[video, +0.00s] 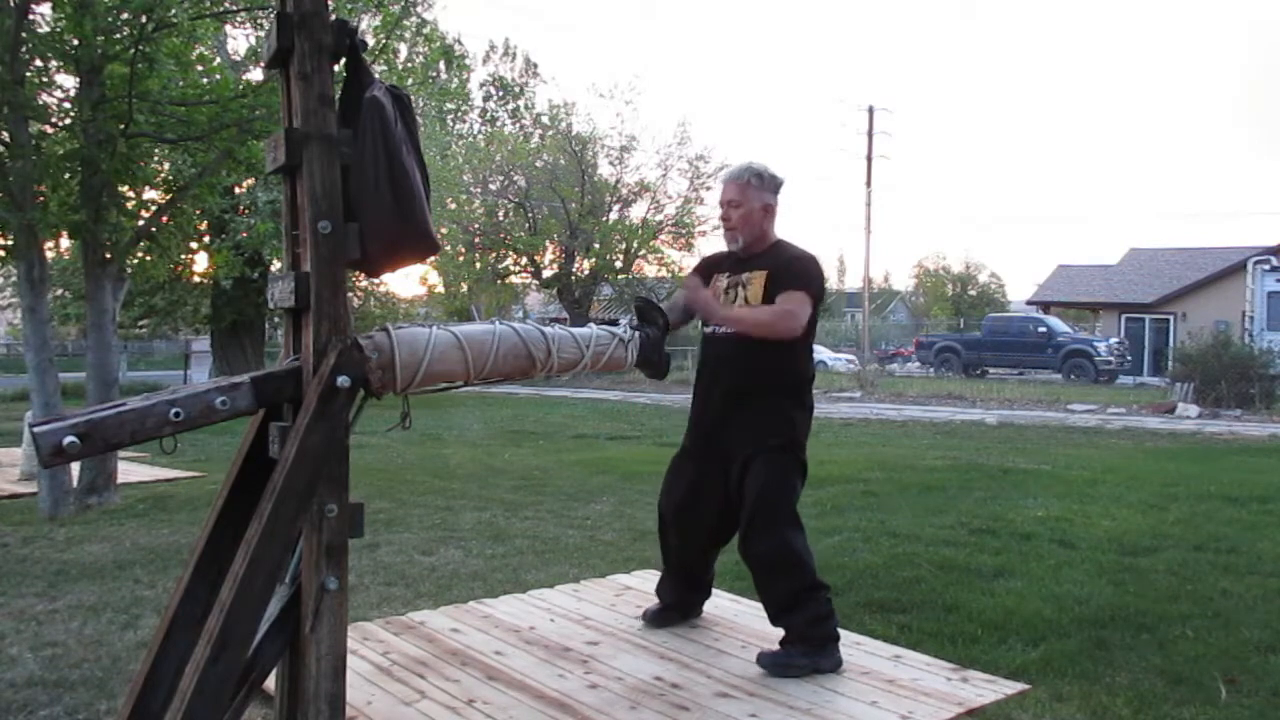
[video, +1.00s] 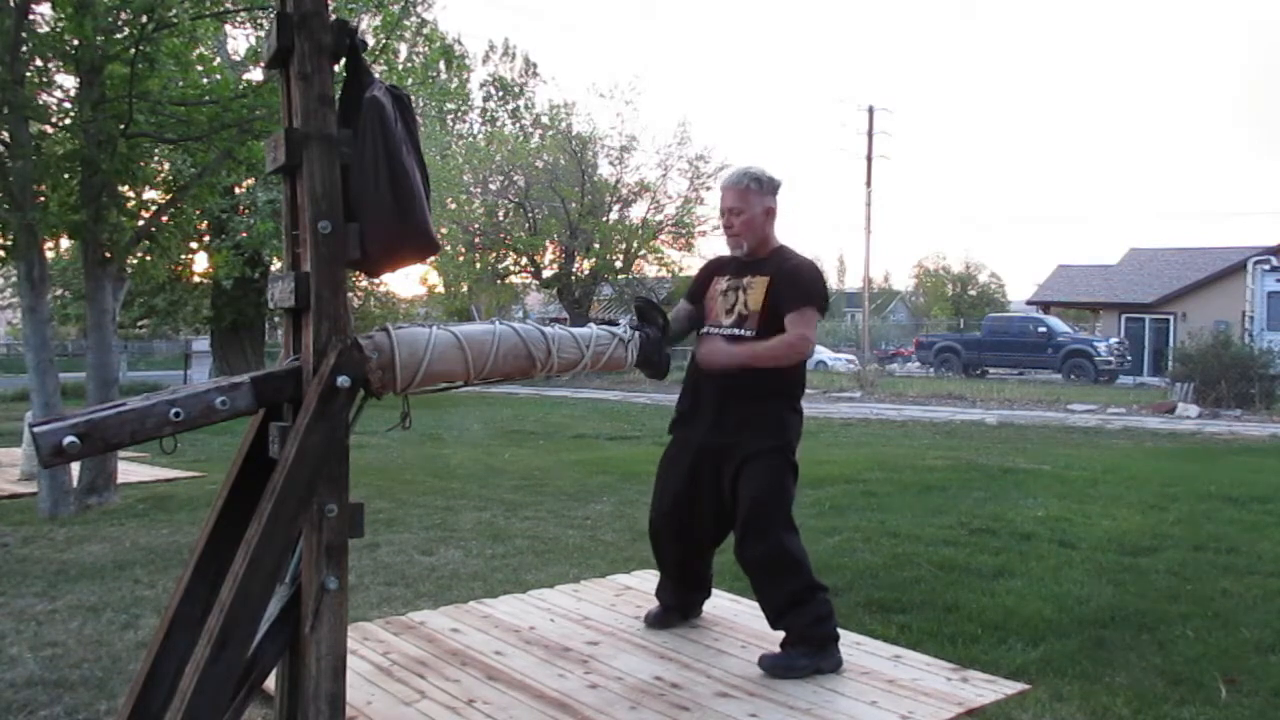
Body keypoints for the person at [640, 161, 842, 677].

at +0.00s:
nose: (725, 216)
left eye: (736, 207)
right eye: (722, 207)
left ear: (770, 210)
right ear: (722, 208)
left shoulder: (797, 265)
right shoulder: (712, 268)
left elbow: (791, 321)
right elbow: (678, 312)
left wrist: (718, 314)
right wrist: (656, 320)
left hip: (772, 426)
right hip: (712, 421)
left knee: (767, 528)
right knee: (681, 508)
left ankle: (815, 642)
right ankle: (682, 597)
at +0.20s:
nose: (731, 216)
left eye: (741, 206)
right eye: (728, 206)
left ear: (773, 207)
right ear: (725, 209)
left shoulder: (799, 266)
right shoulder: (721, 262)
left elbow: (759, 309)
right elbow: (677, 283)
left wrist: (704, 284)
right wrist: (638, 258)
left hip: (770, 429)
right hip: (708, 422)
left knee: (771, 534)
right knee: (683, 512)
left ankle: (816, 642)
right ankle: (682, 599)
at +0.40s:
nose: (734, 220)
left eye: (744, 211)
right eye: (730, 211)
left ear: (776, 212)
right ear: (728, 213)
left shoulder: (801, 273)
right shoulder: (721, 266)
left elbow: (762, 321)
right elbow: (681, 279)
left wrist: (705, 298)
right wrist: (645, 258)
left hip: (763, 433)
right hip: (700, 424)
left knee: (765, 537)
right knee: (674, 517)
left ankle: (815, 643)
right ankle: (682, 599)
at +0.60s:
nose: (733, 221)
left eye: (743, 211)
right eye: (729, 211)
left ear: (775, 212)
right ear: (728, 213)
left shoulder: (800, 273)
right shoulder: (720, 266)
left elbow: (763, 318)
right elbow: (679, 279)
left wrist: (704, 297)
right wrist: (645, 257)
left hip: (763, 433)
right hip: (699, 424)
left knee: (765, 537)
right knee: (674, 517)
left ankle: (815, 643)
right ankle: (681, 599)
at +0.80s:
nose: (731, 222)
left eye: (741, 212)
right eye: (727, 212)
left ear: (773, 212)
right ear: (724, 214)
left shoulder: (799, 273)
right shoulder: (717, 268)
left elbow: (770, 324)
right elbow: (676, 291)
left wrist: (707, 297)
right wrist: (640, 266)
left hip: (762, 433)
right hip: (699, 424)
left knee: (765, 538)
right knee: (674, 518)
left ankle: (815, 643)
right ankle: (681, 599)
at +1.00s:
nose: (730, 222)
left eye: (741, 213)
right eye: (725, 212)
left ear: (771, 212)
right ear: (721, 212)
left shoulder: (797, 273)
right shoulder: (714, 272)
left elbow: (800, 343)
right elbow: (677, 322)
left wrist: (730, 353)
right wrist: (654, 330)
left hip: (763, 426)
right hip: (700, 421)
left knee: (763, 532)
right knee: (674, 516)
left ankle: (815, 642)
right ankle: (681, 599)